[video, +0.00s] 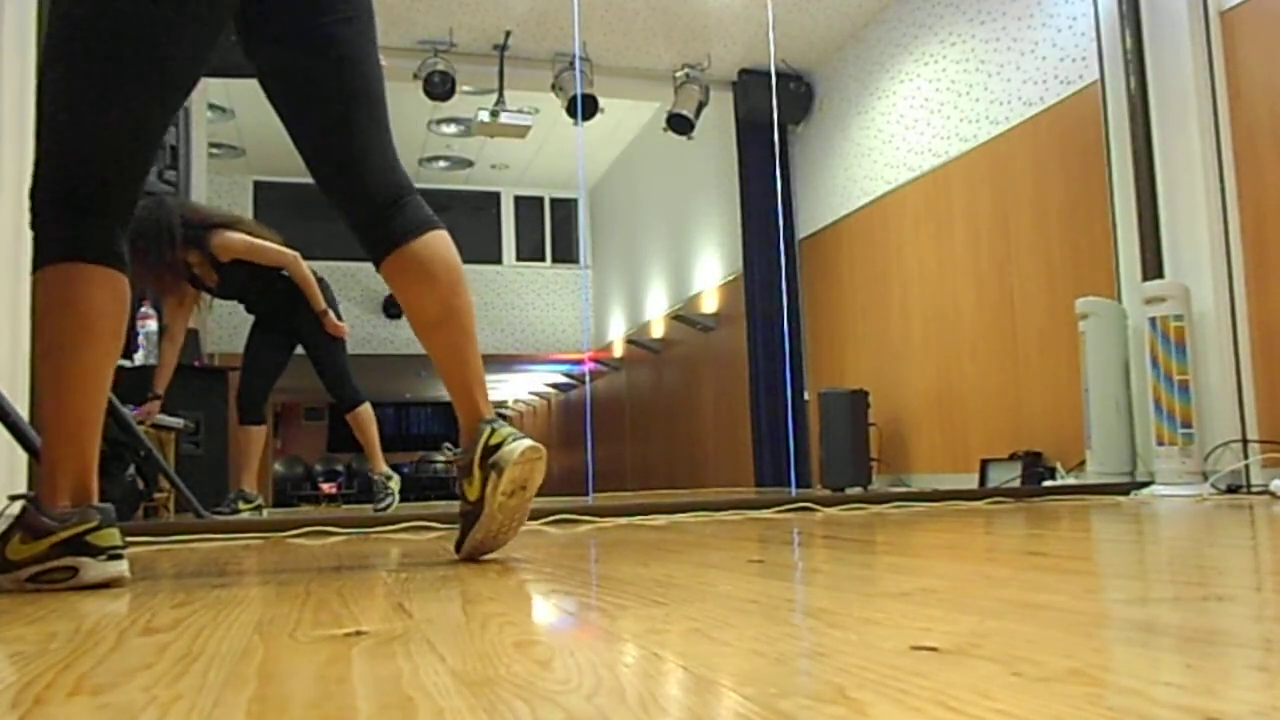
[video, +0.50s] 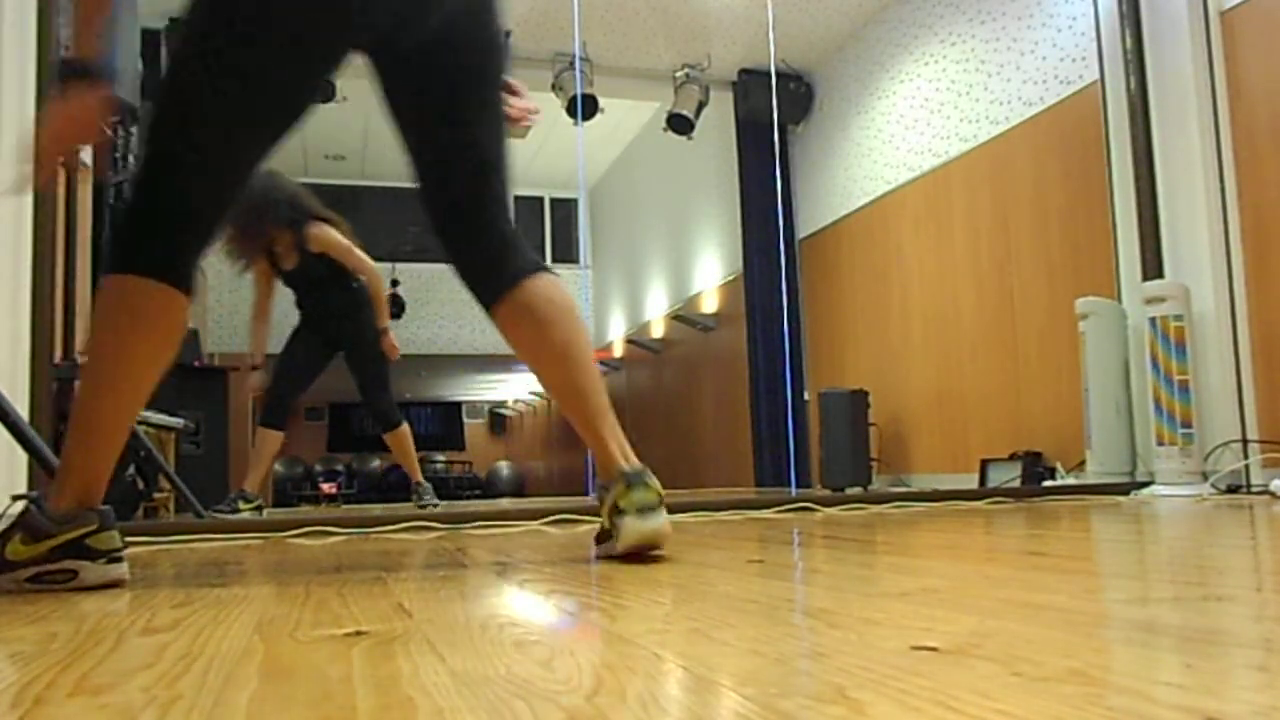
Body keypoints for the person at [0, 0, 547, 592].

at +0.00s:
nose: (150, 281)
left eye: (150, 266)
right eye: (144, 272)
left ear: (162, 244)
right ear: (160, 250)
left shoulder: (219, 243)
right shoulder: (185, 268)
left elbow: (291, 259)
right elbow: (175, 327)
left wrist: (322, 311)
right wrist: (157, 394)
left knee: (74, 204)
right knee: (382, 193)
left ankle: (66, 507)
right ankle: (485, 435)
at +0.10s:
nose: (157, 278)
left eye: (156, 264)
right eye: (151, 269)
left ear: (166, 241)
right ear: (169, 245)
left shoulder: (224, 241)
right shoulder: (191, 265)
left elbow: (296, 258)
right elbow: (175, 325)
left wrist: (327, 310)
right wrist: (156, 391)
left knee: (82, 202)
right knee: (392, 193)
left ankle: (67, 508)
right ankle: (493, 435)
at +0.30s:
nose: (184, 266)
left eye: (186, 254)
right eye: (178, 258)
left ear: (204, 234)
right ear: (195, 242)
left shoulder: (255, 236)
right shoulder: (210, 257)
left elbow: (324, 261)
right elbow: (202, 320)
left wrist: (350, 314)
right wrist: (189, 380)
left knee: (98, 206)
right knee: (424, 203)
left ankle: (66, 507)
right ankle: (552, 446)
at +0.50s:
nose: (252, 252)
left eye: (258, 241)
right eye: (244, 247)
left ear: (271, 219)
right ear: (244, 224)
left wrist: (85, 64)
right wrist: (492, 80)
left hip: (268, 9)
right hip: (440, 5)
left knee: (158, 237)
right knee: (491, 245)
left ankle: (67, 514)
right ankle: (628, 475)